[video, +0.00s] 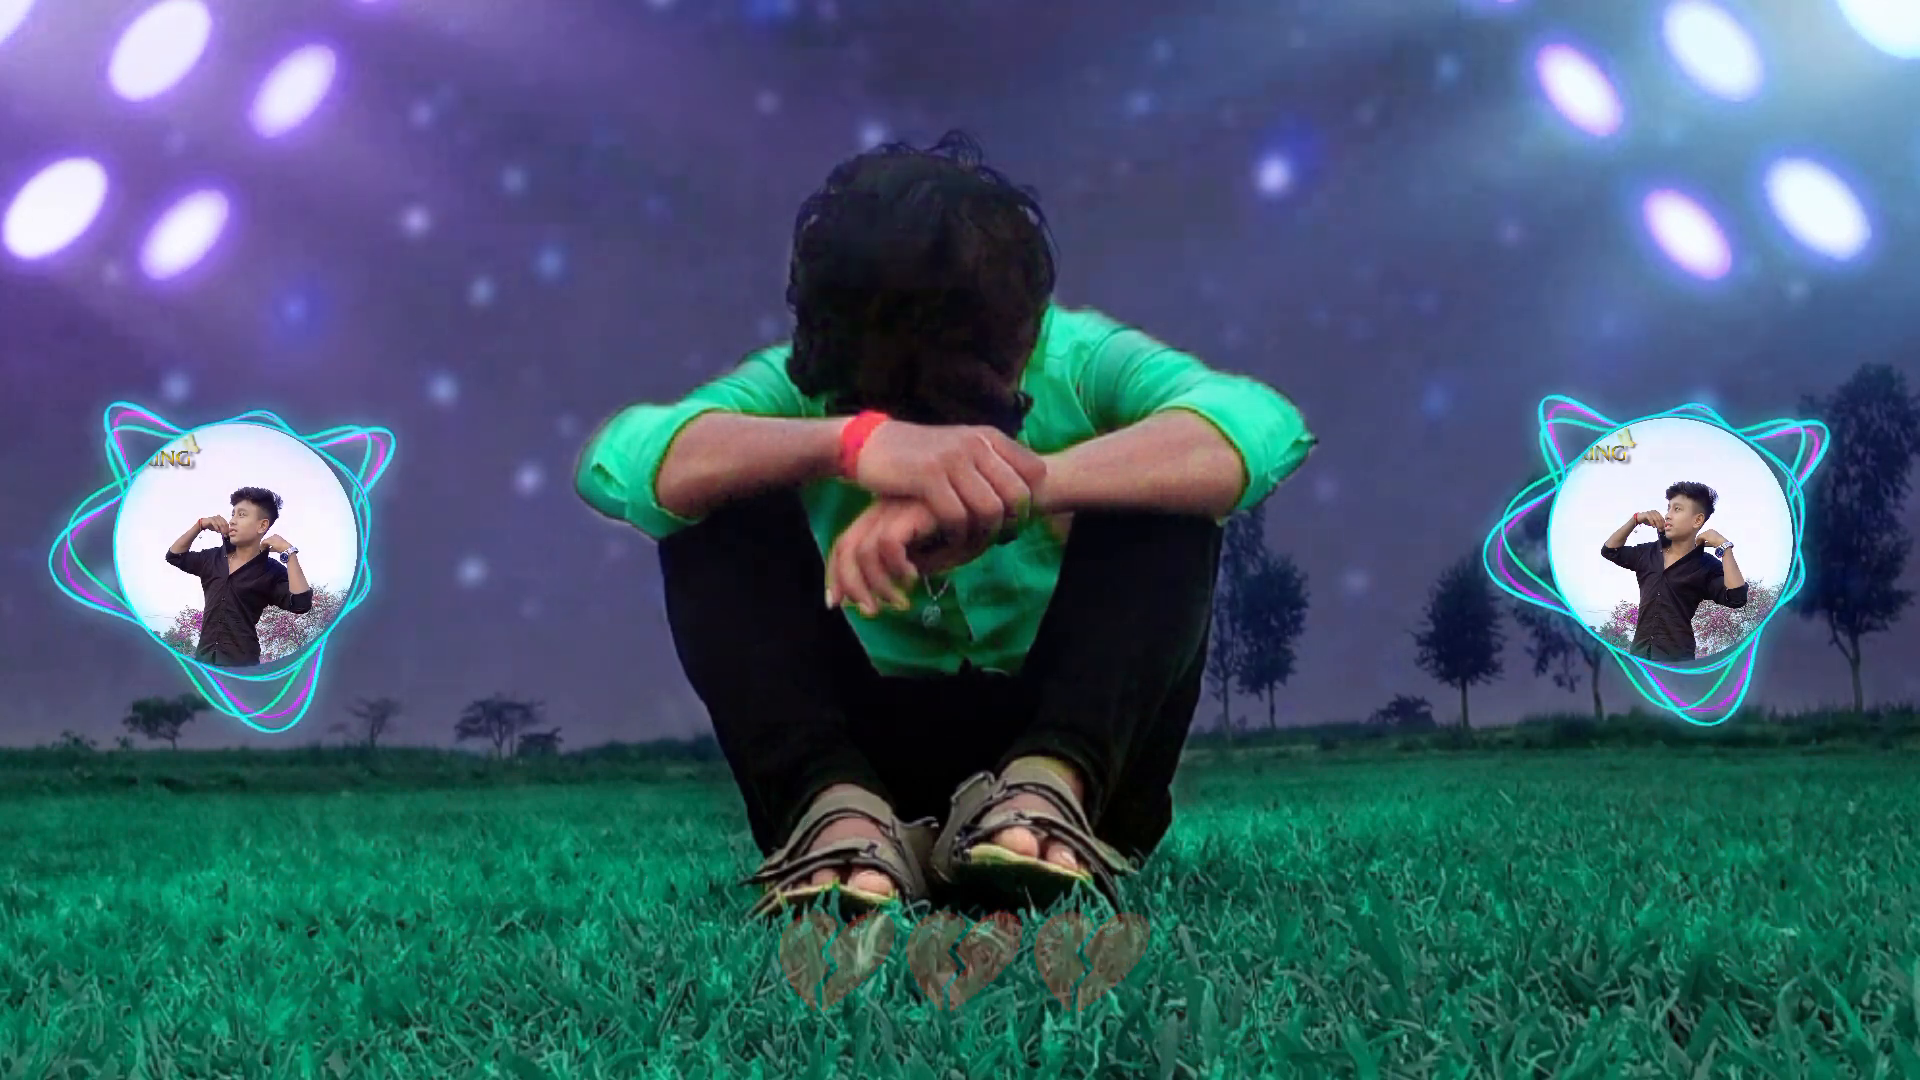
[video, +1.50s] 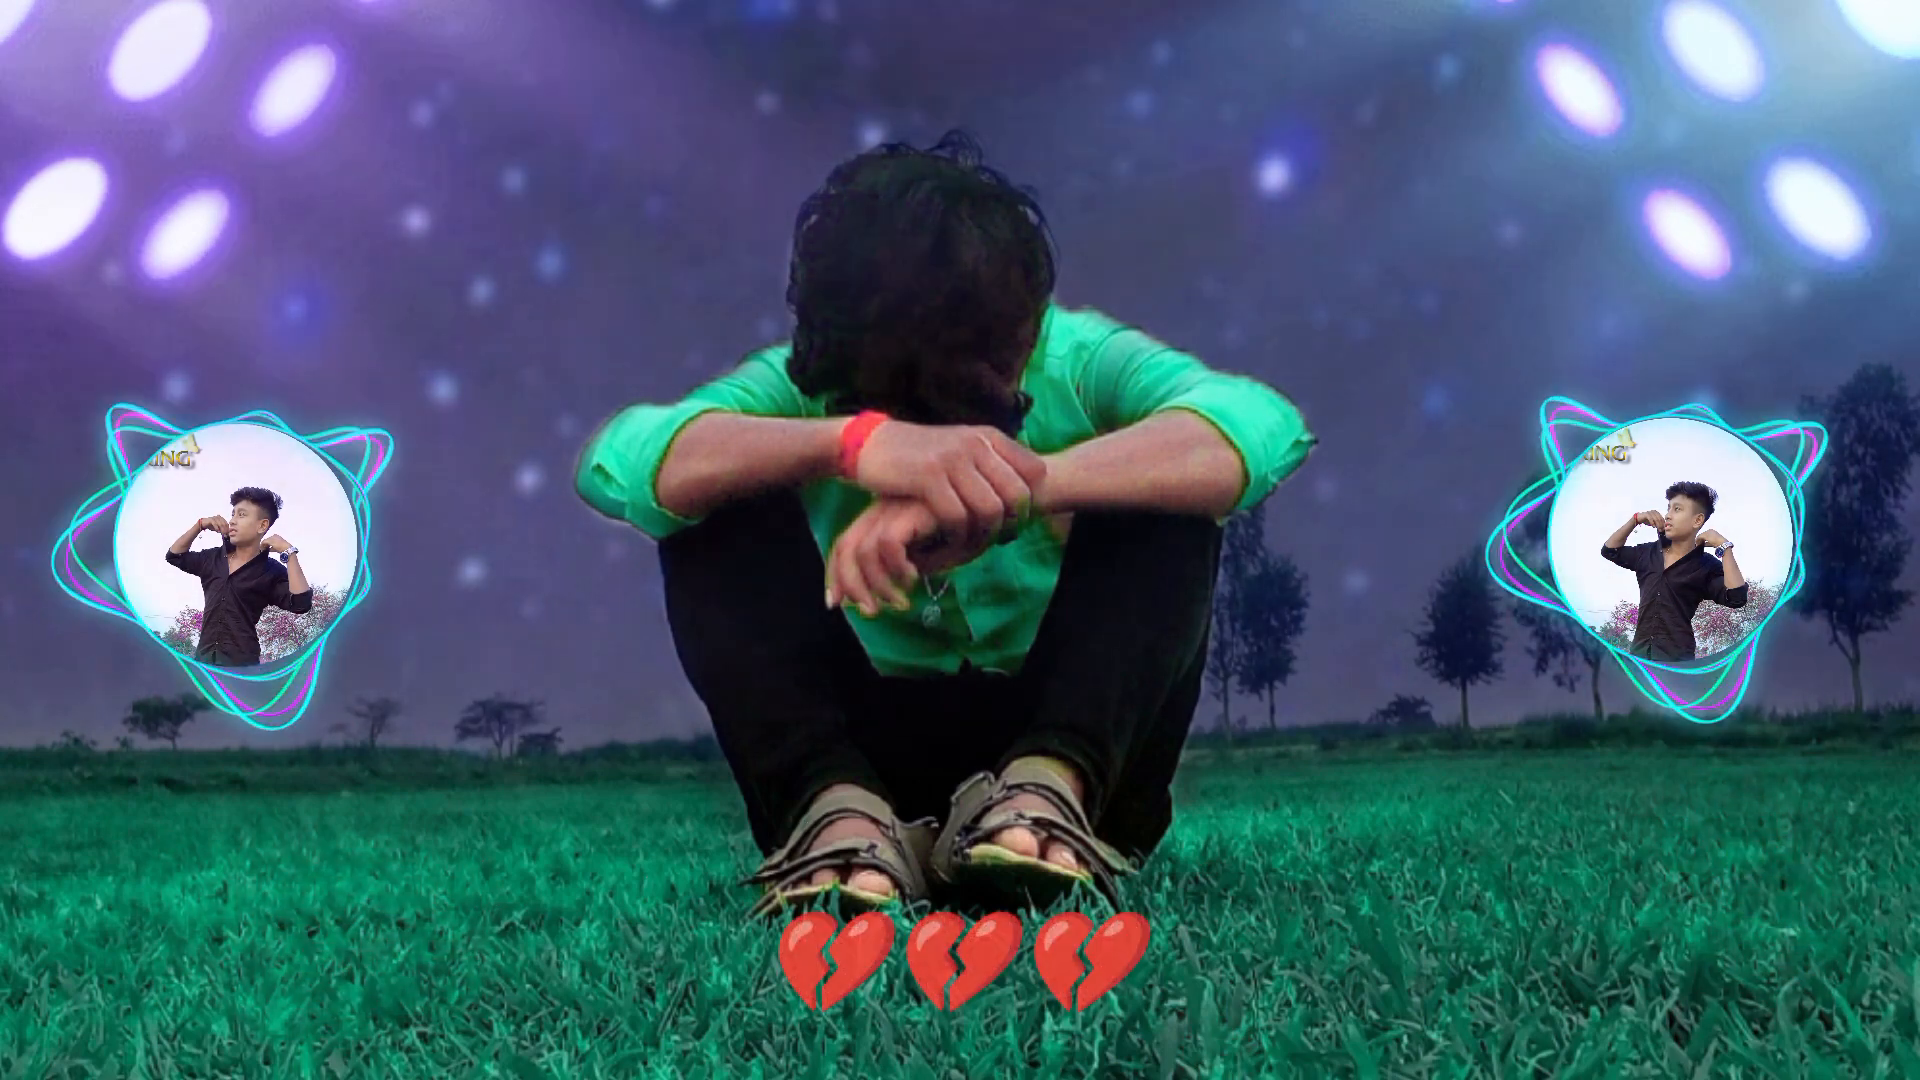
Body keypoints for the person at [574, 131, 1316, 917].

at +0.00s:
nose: (958, 426)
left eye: (993, 381)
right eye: (916, 404)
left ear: (1025, 333)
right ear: (843, 363)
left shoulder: (1075, 355)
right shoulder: (796, 384)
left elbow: (1265, 429)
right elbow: (612, 467)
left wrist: (999, 492)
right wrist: (851, 446)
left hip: (1061, 749)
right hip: (864, 756)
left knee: (1167, 485)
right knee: (711, 502)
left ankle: (1044, 789)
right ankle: (835, 817)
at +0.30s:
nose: (936, 442)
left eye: (974, 403)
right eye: (904, 413)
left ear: (1022, 345)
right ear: (828, 365)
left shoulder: (1075, 355)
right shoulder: (795, 384)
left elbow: (1265, 429)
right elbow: (611, 467)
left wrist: (999, 492)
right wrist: (850, 446)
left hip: (1064, 752)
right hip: (866, 760)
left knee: (1165, 488)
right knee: (713, 506)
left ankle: (1043, 789)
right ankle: (837, 818)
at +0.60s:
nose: (929, 445)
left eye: (973, 401)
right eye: (898, 412)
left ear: (1020, 345)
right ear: (830, 366)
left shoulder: (1073, 354)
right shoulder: (796, 383)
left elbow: (1266, 429)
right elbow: (611, 467)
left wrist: (1001, 491)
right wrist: (851, 447)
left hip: (1059, 747)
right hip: (864, 754)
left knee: (1165, 488)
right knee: (713, 501)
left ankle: (1044, 790)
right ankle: (836, 818)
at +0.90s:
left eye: (993, 384)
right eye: (906, 413)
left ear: (1025, 336)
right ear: (837, 369)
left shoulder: (1073, 353)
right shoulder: (796, 383)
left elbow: (1265, 429)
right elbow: (611, 467)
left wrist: (998, 492)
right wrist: (851, 447)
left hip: (1060, 749)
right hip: (863, 758)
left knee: (1166, 488)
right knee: (713, 501)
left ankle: (1044, 789)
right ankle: (836, 816)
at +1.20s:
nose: (920, 455)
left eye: (956, 418)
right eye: (881, 417)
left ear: (1018, 357)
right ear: (820, 366)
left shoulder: (1077, 355)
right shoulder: (795, 381)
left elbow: (1265, 429)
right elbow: (611, 467)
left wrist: (1002, 491)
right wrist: (851, 446)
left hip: (1060, 746)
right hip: (863, 752)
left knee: (1166, 487)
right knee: (714, 503)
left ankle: (1044, 789)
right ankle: (836, 817)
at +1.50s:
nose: (991, 407)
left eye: (1003, 374)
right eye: (920, 407)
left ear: (1025, 333)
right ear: (848, 370)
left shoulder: (1073, 354)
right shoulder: (796, 384)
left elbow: (1264, 429)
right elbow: (612, 467)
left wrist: (1001, 491)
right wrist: (851, 447)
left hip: (1059, 746)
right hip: (864, 753)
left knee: (1166, 490)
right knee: (713, 505)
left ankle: (1043, 790)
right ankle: (837, 818)